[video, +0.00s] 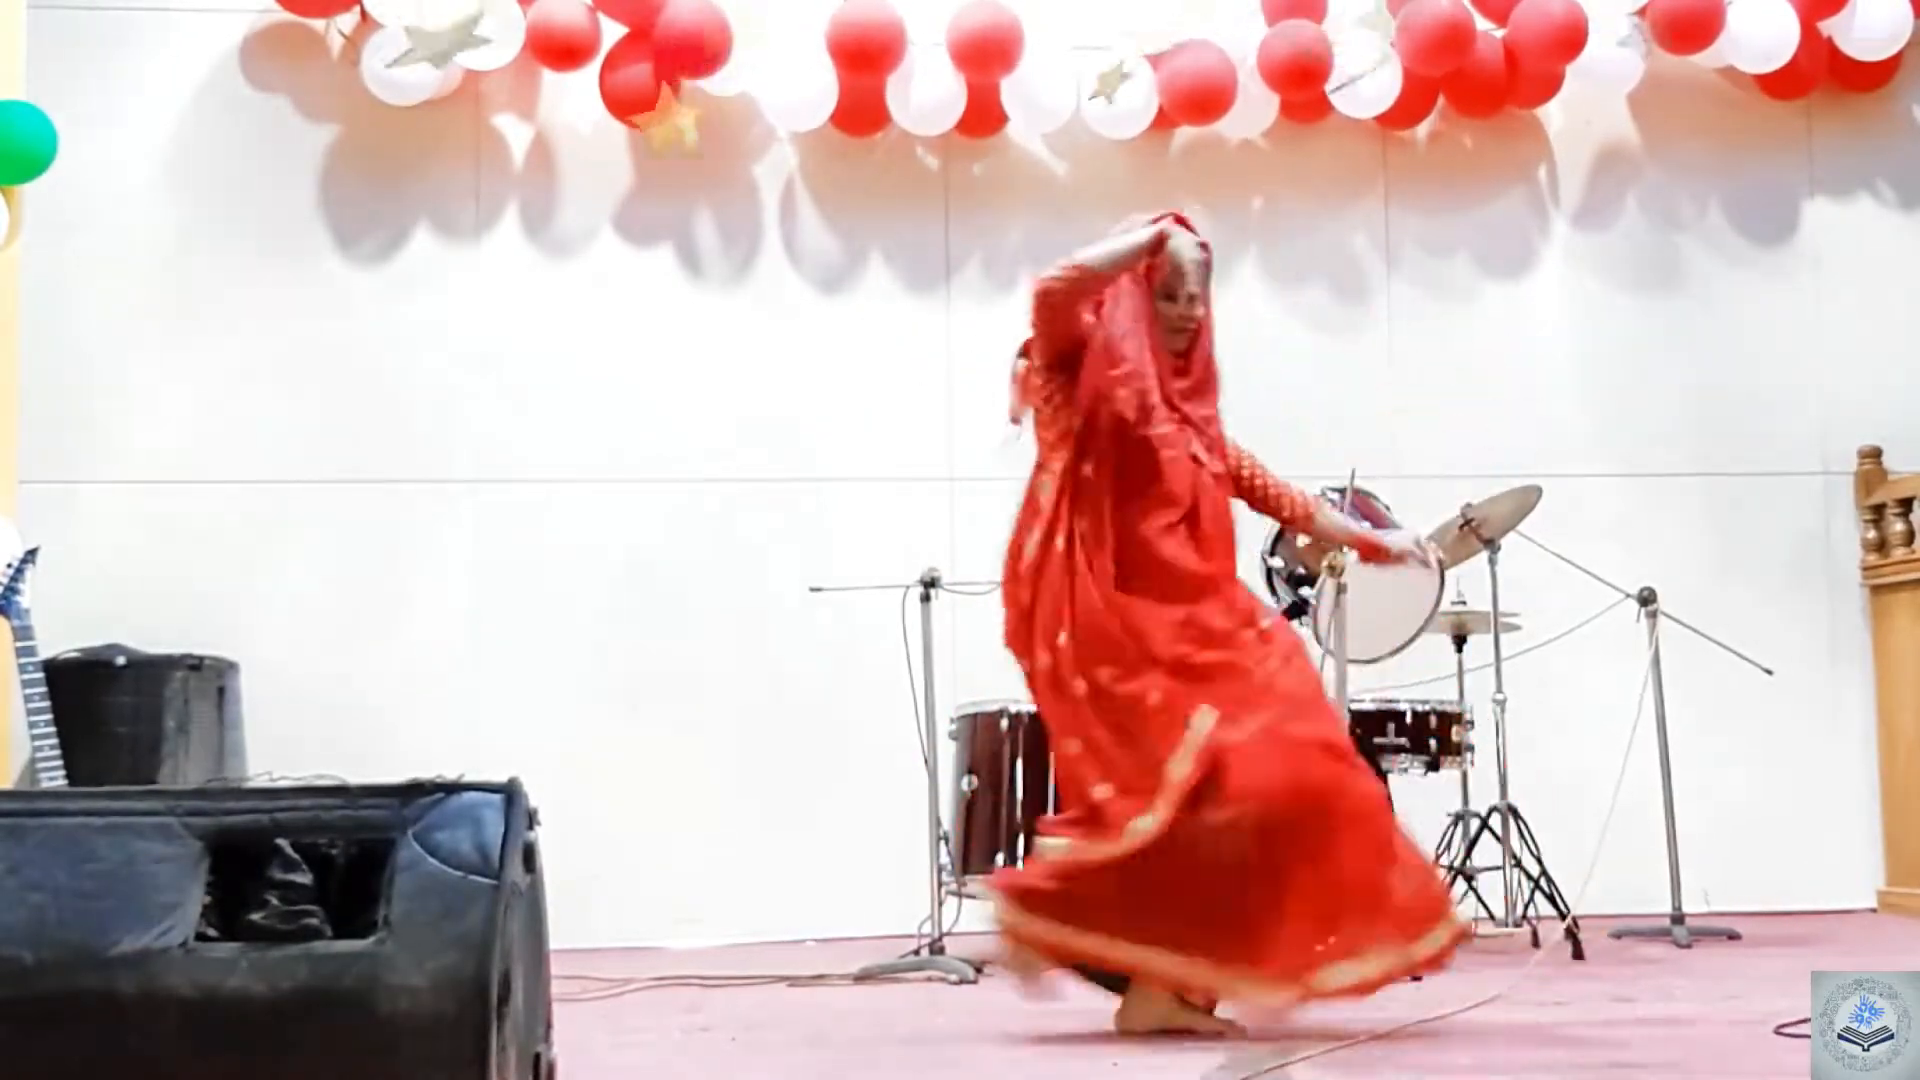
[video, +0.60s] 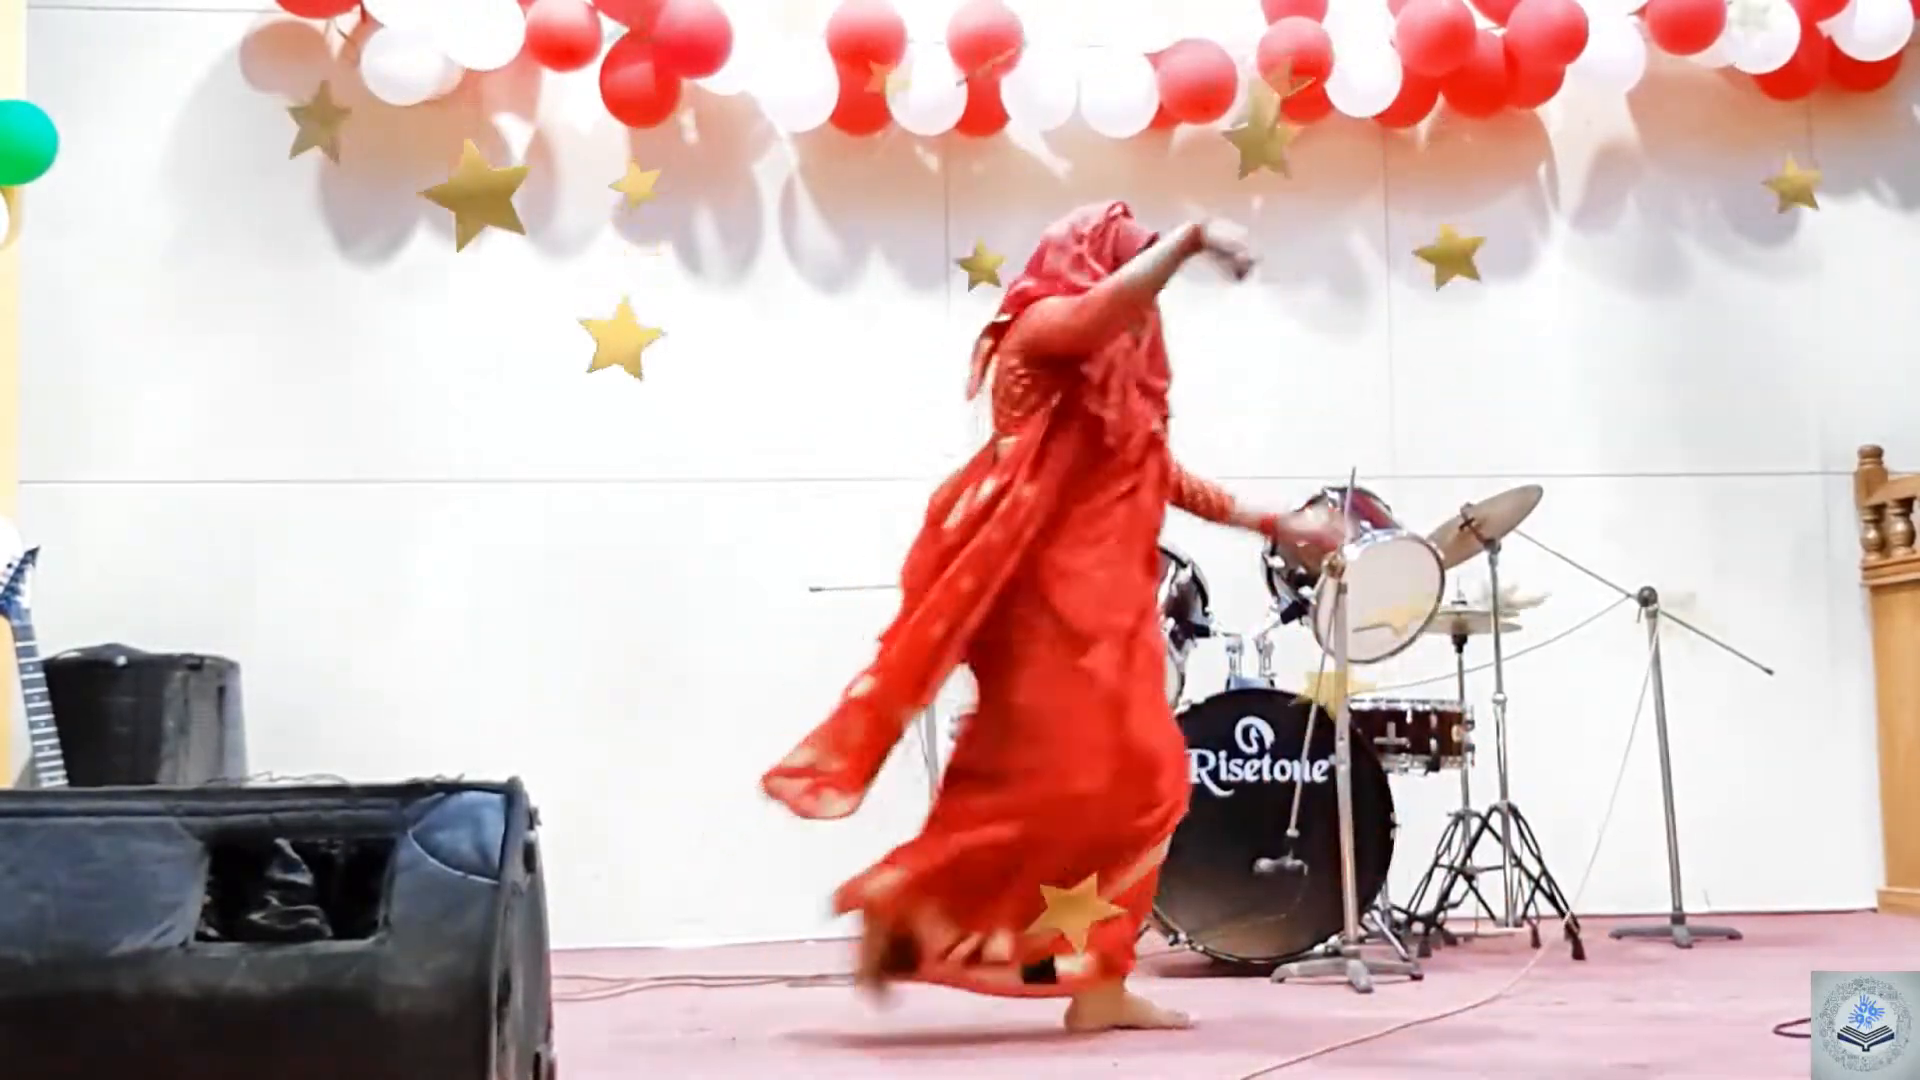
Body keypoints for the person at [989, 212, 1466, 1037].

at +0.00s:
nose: (1190, 313)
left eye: (1200, 297)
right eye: (1174, 297)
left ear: (1211, 304)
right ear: (1140, 299)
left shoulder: (1188, 417)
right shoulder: (1085, 382)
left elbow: (1277, 498)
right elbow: (1055, 290)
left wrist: (1372, 543)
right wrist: (1143, 241)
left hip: (1197, 620)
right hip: (1109, 623)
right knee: (1196, 790)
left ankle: (1160, 991)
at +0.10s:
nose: (1171, 295)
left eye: (1179, 282)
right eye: (1155, 278)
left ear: (1183, 290)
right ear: (1109, 274)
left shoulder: (1163, 388)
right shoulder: (1057, 353)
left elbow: (1257, 454)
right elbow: (986, 318)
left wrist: (1361, 474)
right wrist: (1088, 279)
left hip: (1148, 609)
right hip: (1062, 608)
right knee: (1052, 790)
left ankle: (1170, 982)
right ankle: (896, 929)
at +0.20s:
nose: (1137, 321)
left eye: (1149, 305)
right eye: (1122, 302)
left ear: (1158, 310)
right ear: (1077, 295)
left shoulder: (1141, 397)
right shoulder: (1011, 345)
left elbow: (1244, 428)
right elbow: (932, 405)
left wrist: (1344, 410)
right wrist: (1029, 395)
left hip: (1076, 612)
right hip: (977, 610)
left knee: (1187, 759)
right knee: (912, 784)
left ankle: (1141, 968)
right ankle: (815, 966)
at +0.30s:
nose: (1108, 364)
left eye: (1118, 347)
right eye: (1091, 346)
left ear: (1126, 352)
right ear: (1046, 344)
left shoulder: (1111, 439)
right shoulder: (970, 407)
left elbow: (1215, 436)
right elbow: (911, 507)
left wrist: (1309, 388)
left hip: (1040, 655)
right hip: (938, 651)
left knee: (1144, 784)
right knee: (903, 816)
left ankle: (1125, 971)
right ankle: (830, 994)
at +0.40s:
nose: (1103, 366)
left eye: (1111, 351)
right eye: (1089, 348)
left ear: (1112, 356)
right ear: (1041, 343)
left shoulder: (1093, 444)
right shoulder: (962, 421)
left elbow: (1196, 455)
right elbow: (919, 519)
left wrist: (1292, 414)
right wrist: (969, 522)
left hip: (1039, 665)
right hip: (942, 666)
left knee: (1132, 777)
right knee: (902, 834)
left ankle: (1126, 977)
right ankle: (795, 994)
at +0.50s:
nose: (1128, 306)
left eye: (1131, 289)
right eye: (1116, 288)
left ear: (1111, 307)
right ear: (1064, 292)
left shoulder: (1101, 411)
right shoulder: (998, 369)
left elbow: (1186, 459)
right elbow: (977, 433)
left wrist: (1288, 456)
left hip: (1068, 635)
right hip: (980, 631)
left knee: (1136, 783)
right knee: (929, 801)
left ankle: (1121, 980)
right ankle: (824, 980)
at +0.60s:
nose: (1147, 287)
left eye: (1151, 275)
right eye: (1136, 267)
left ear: (1090, 266)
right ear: (1094, 266)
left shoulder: (1125, 364)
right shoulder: (1035, 328)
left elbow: (1166, 478)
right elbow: (1099, 314)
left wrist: (1272, 522)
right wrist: (1186, 240)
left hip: (1113, 612)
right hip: (1041, 609)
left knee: (1151, 786)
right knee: (1066, 788)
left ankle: (1104, 985)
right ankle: (895, 907)